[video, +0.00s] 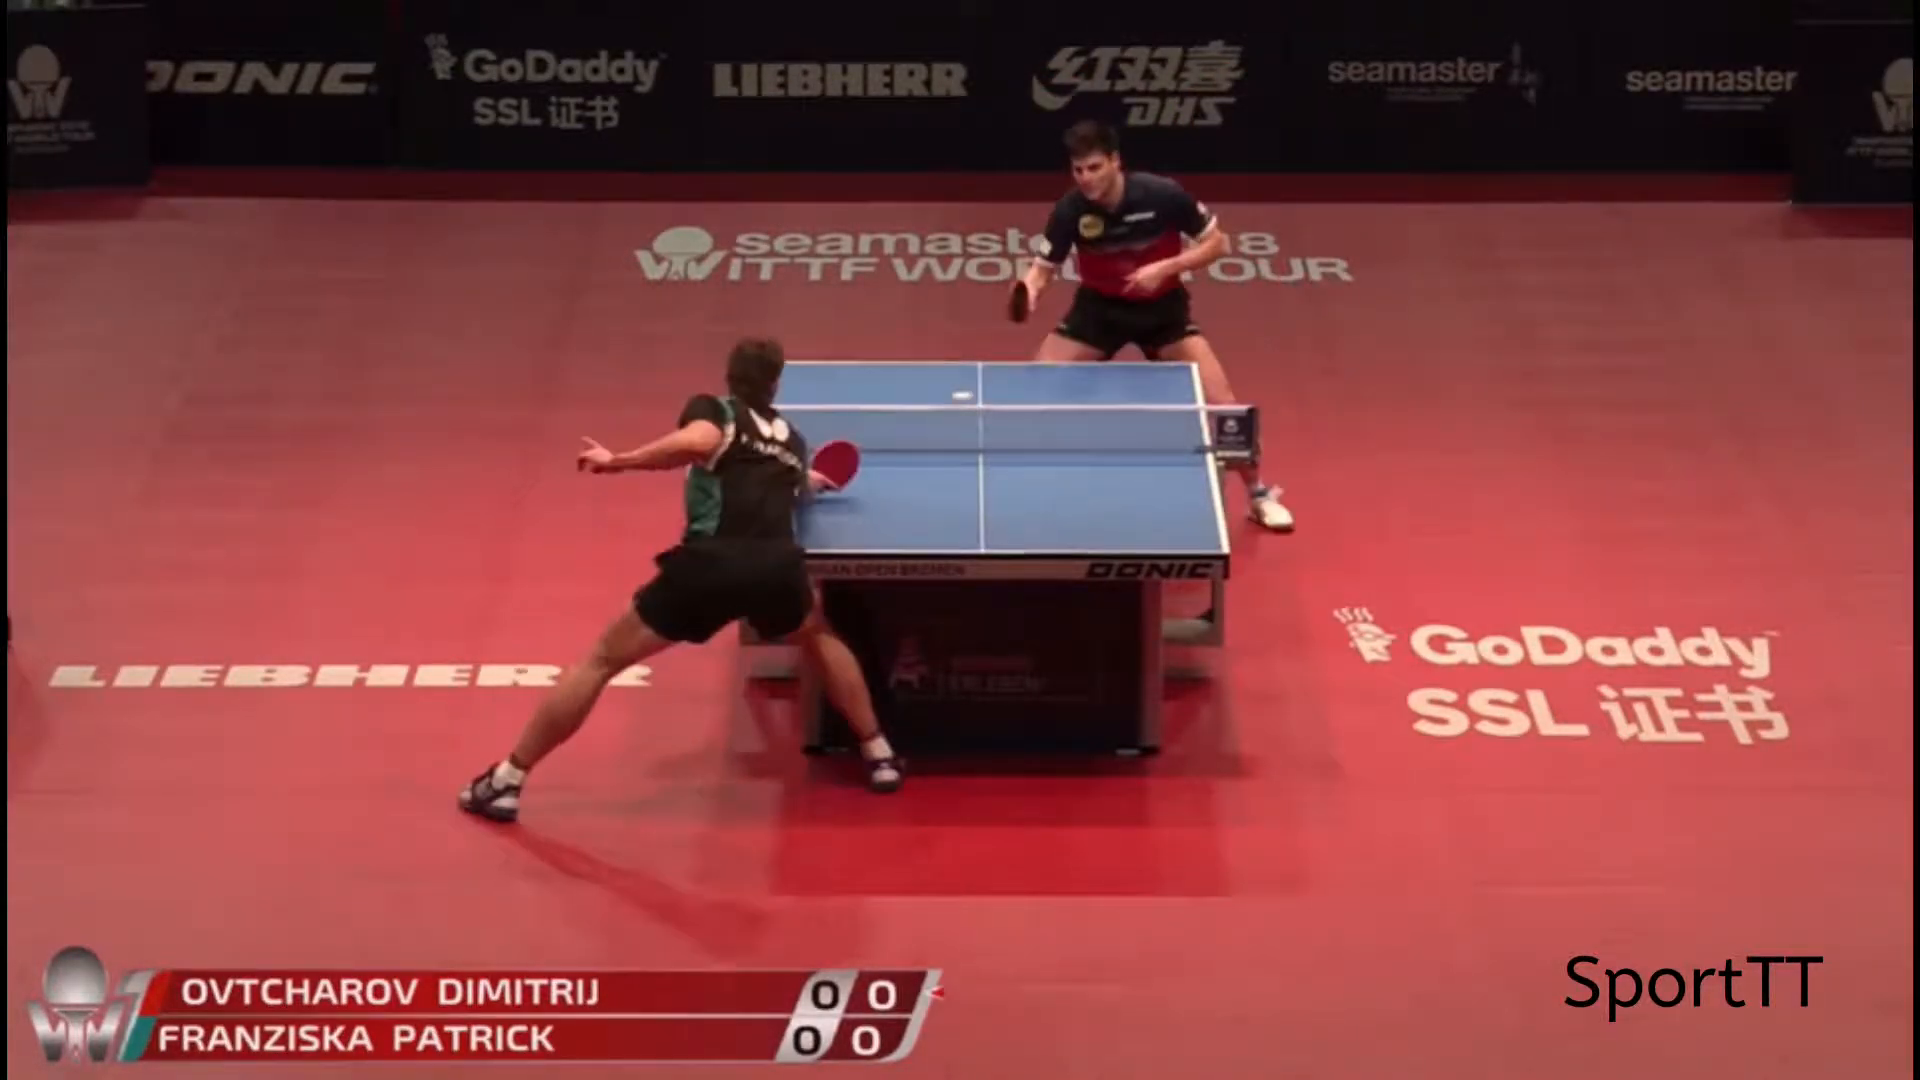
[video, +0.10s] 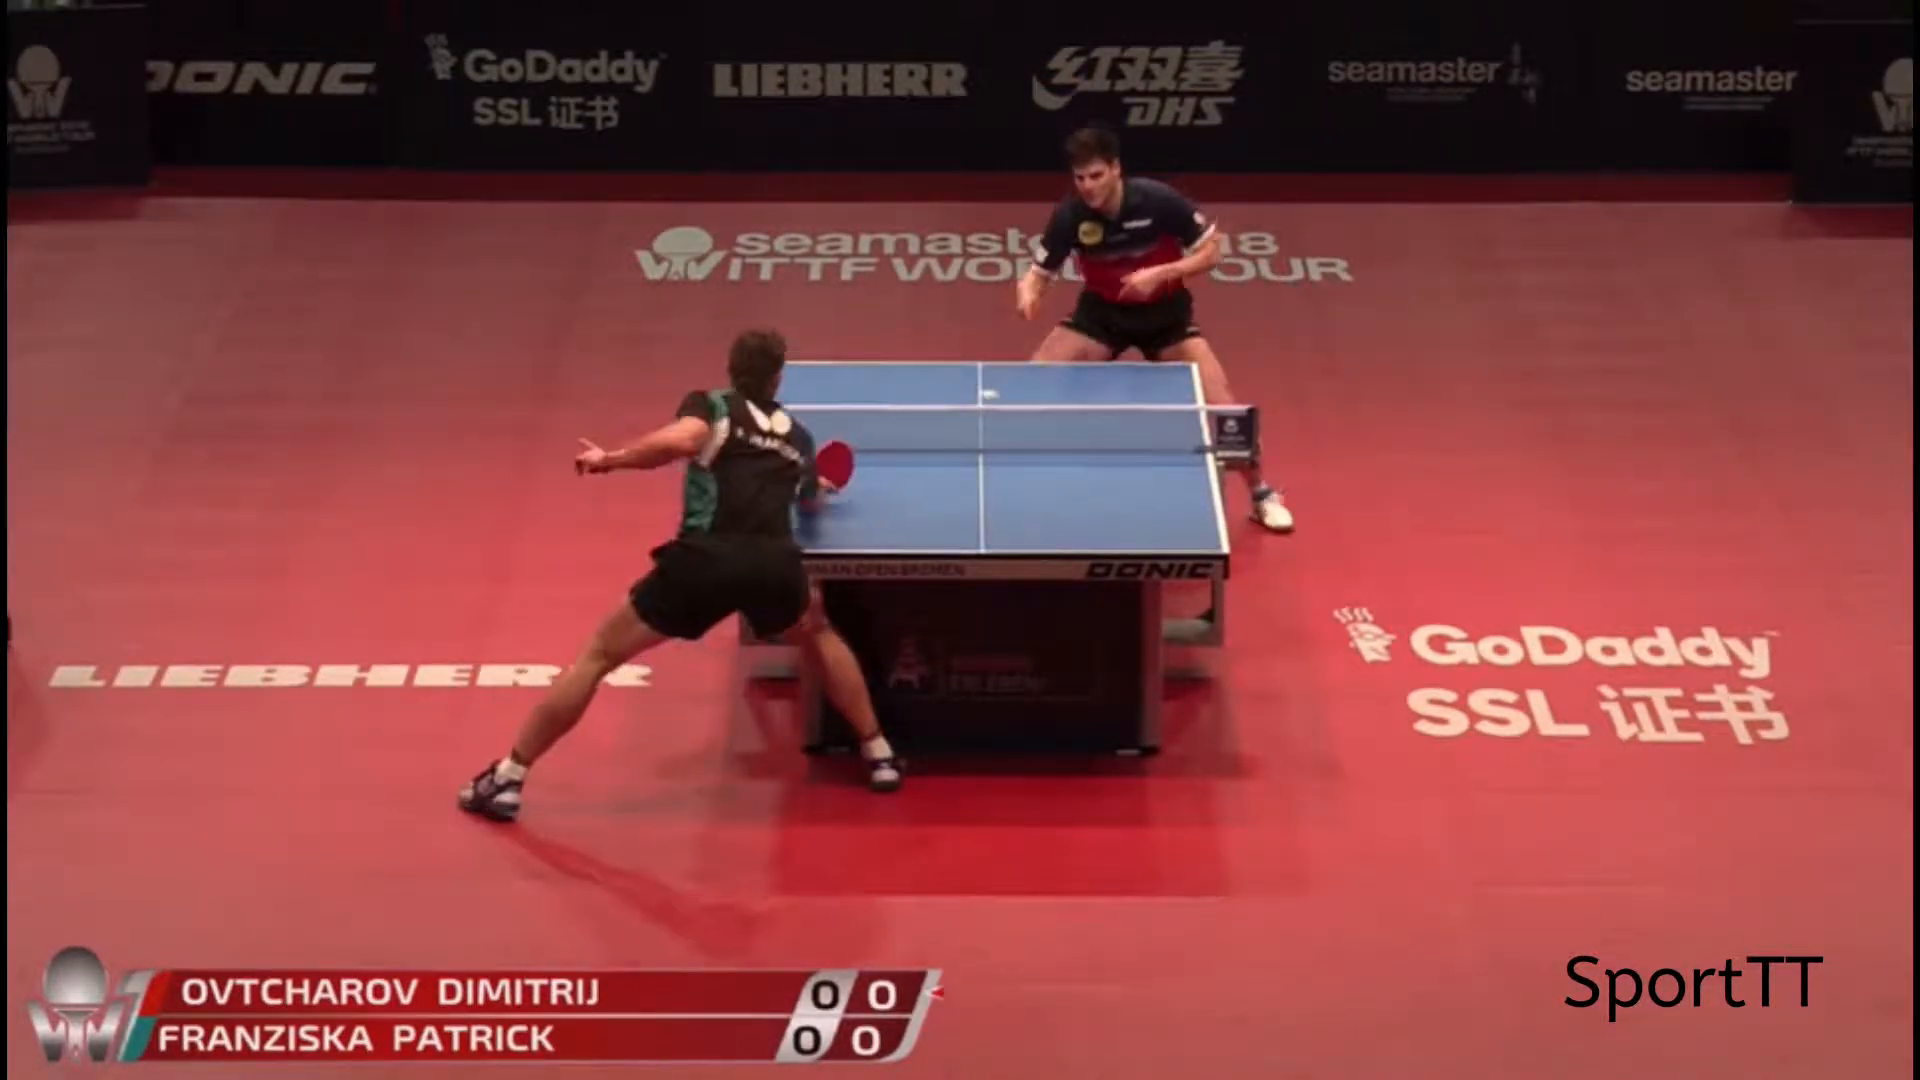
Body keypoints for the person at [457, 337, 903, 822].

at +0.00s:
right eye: (774, 379)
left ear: (729, 375)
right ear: (775, 385)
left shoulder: (712, 410)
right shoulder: (790, 435)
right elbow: (798, 483)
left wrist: (616, 459)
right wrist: (811, 479)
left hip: (707, 569)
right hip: (778, 570)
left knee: (602, 661)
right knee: (820, 639)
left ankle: (507, 780)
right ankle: (881, 755)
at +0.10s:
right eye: (778, 372)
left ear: (731, 369)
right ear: (778, 377)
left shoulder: (711, 407)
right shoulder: (797, 433)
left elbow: (679, 443)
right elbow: (812, 499)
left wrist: (608, 459)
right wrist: (810, 486)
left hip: (702, 563)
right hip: (776, 566)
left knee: (598, 657)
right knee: (820, 637)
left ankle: (508, 777)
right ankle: (881, 754)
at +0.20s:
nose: (782, 358)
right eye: (783, 351)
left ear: (731, 346)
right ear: (779, 358)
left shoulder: (681, 386)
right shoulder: (790, 424)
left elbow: (611, 434)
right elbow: (824, 517)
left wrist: (594, 478)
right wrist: (845, 494)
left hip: (647, 538)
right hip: (722, 549)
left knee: (576, 661)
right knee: (811, 649)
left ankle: (504, 786)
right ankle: (870, 777)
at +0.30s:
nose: (783, 358)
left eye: (776, 349)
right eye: (784, 351)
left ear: (731, 349)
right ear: (780, 359)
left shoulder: (677, 389)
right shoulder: (787, 428)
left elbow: (610, 440)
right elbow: (826, 521)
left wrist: (601, 487)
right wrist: (849, 496)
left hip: (641, 540)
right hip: (716, 552)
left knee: (570, 655)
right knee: (807, 650)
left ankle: (504, 786)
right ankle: (846, 795)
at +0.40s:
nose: (786, 390)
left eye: (774, 378)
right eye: (785, 382)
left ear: (730, 378)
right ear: (778, 390)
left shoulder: (670, 428)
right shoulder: (780, 463)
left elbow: (603, 496)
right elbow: (820, 556)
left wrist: (624, 529)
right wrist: (865, 539)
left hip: (627, 579)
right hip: (697, 595)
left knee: (556, 672)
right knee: (802, 706)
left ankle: (478, 792)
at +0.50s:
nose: (782, 397)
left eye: (775, 385)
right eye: (782, 390)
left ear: (727, 384)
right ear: (772, 396)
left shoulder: (670, 431)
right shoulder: (773, 467)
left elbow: (599, 497)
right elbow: (813, 563)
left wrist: (620, 523)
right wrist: (864, 553)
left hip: (619, 585)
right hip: (692, 601)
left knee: (554, 680)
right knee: (801, 704)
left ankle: (470, 799)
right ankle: (777, 849)